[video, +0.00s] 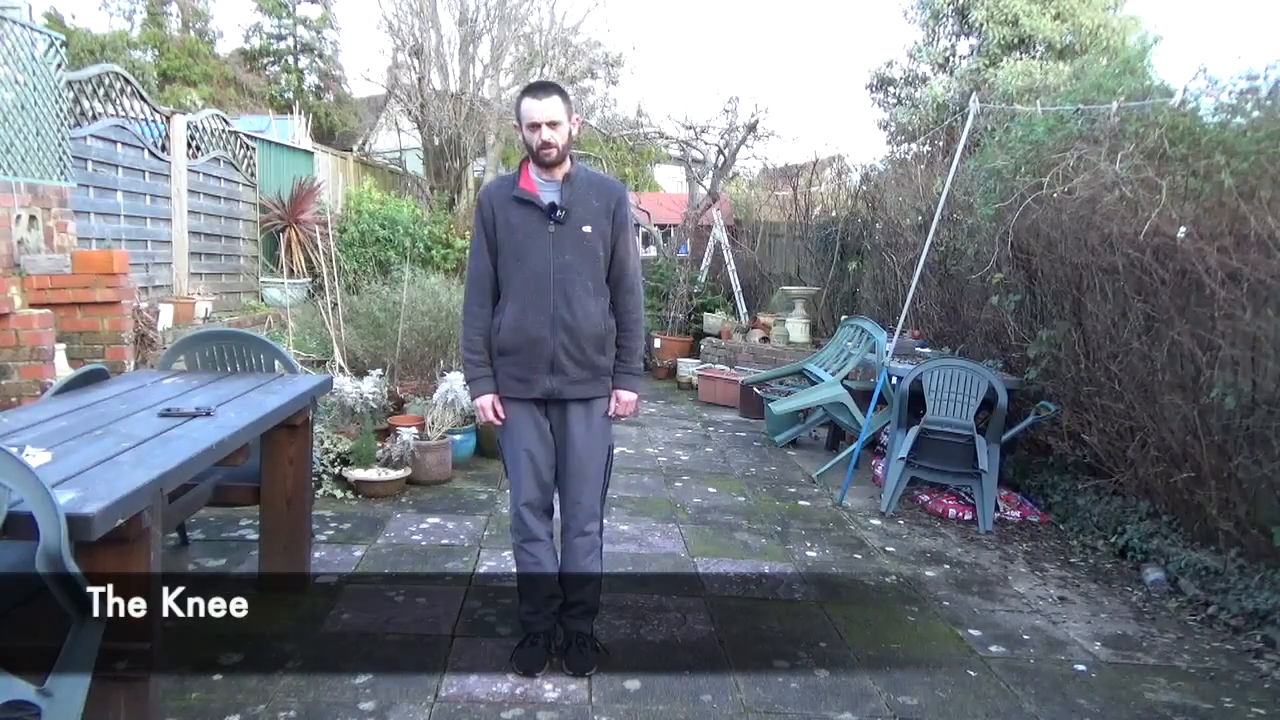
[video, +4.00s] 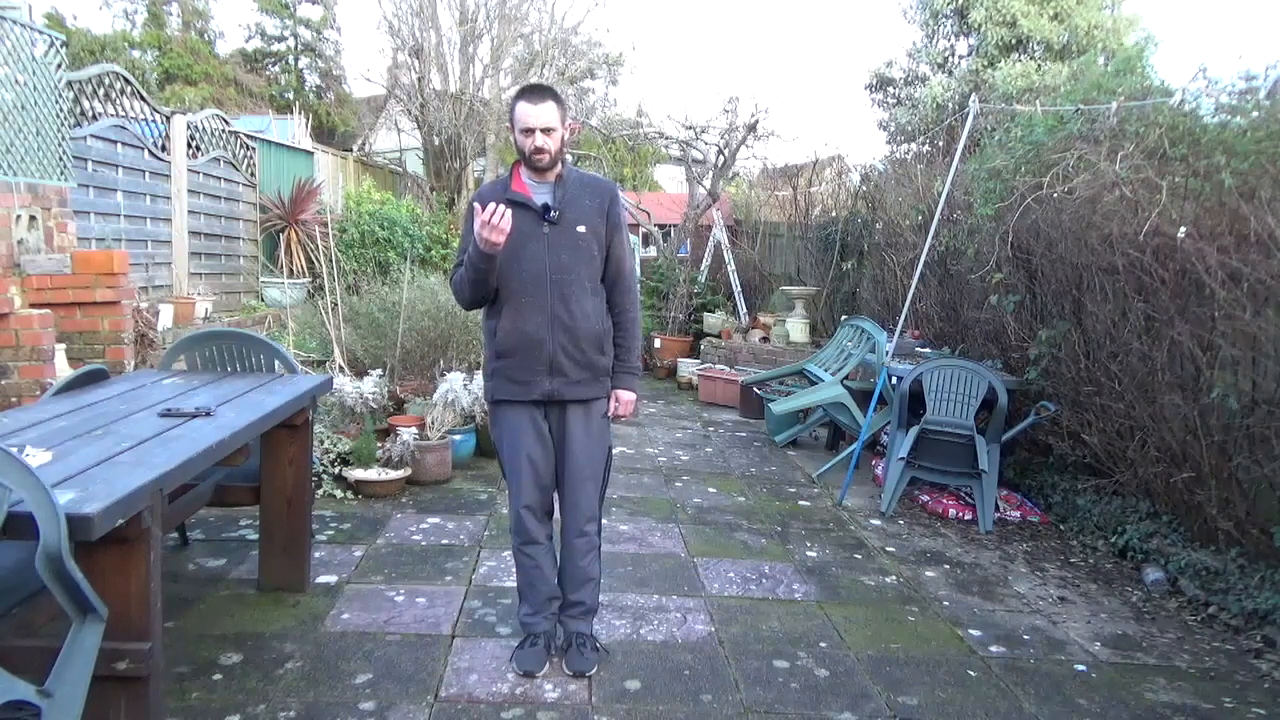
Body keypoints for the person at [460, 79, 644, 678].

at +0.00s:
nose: (542, 135)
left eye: (552, 124)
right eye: (532, 126)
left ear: (573, 126)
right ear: (520, 132)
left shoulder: (609, 194)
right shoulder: (495, 198)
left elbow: (629, 292)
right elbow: (478, 296)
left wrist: (628, 376)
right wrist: (479, 380)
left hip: (590, 378)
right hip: (517, 380)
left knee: (583, 509)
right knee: (529, 507)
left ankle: (579, 631)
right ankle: (536, 631)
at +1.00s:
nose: (560, 144)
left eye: (570, 134)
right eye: (550, 132)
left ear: (583, 136)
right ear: (529, 128)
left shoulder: (606, 197)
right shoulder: (493, 196)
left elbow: (625, 292)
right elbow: (464, 289)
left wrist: (627, 377)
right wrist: (495, 257)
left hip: (589, 377)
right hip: (516, 378)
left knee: (584, 510)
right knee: (528, 507)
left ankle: (580, 632)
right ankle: (535, 632)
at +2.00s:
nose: (555, 138)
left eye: (565, 128)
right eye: (545, 127)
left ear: (579, 133)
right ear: (526, 130)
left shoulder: (607, 198)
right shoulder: (494, 198)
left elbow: (626, 294)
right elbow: (467, 292)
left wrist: (628, 377)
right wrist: (492, 265)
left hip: (591, 378)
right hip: (517, 379)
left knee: (584, 509)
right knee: (529, 507)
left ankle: (580, 630)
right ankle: (536, 631)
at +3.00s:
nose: (547, 139)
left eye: (556, 128)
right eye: (536, 129)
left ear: (573, 130)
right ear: (521, 131)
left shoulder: (606, 197)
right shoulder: (493, 197)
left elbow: (626, 293)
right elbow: (467, 291)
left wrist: (628, 376)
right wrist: (496, 232)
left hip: (590, 380)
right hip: (516, 380)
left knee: (583, 513)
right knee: (528, 513)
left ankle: (580, 627)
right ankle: (536, 629)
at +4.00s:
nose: (537, 141)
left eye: (546, 130)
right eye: (526, 132)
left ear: (566, 130)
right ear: (513, 135)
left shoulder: (601, 195)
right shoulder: (489, 198)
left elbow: (623, 292)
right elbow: (467, 295)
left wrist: (627, 376)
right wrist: (484, 251)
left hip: (588, 379)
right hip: (515, 381)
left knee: (582, 513)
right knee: (528, 513)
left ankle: (579, 626)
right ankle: (535, 629)